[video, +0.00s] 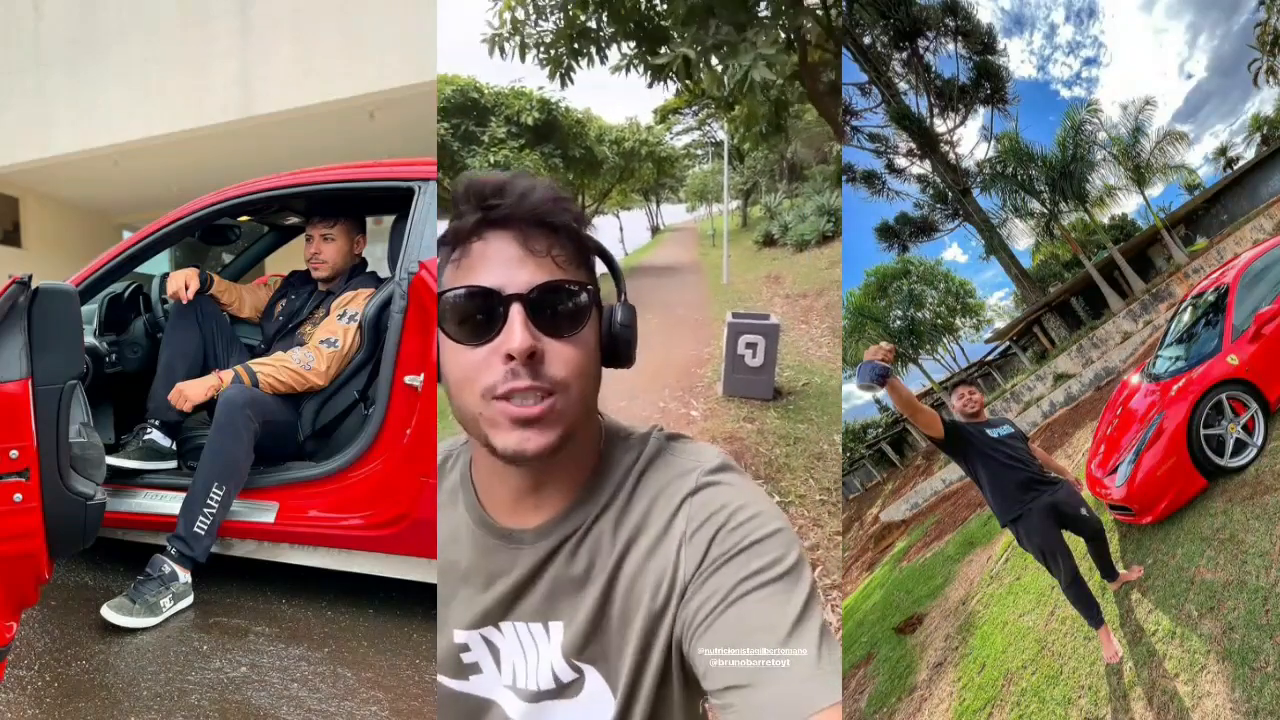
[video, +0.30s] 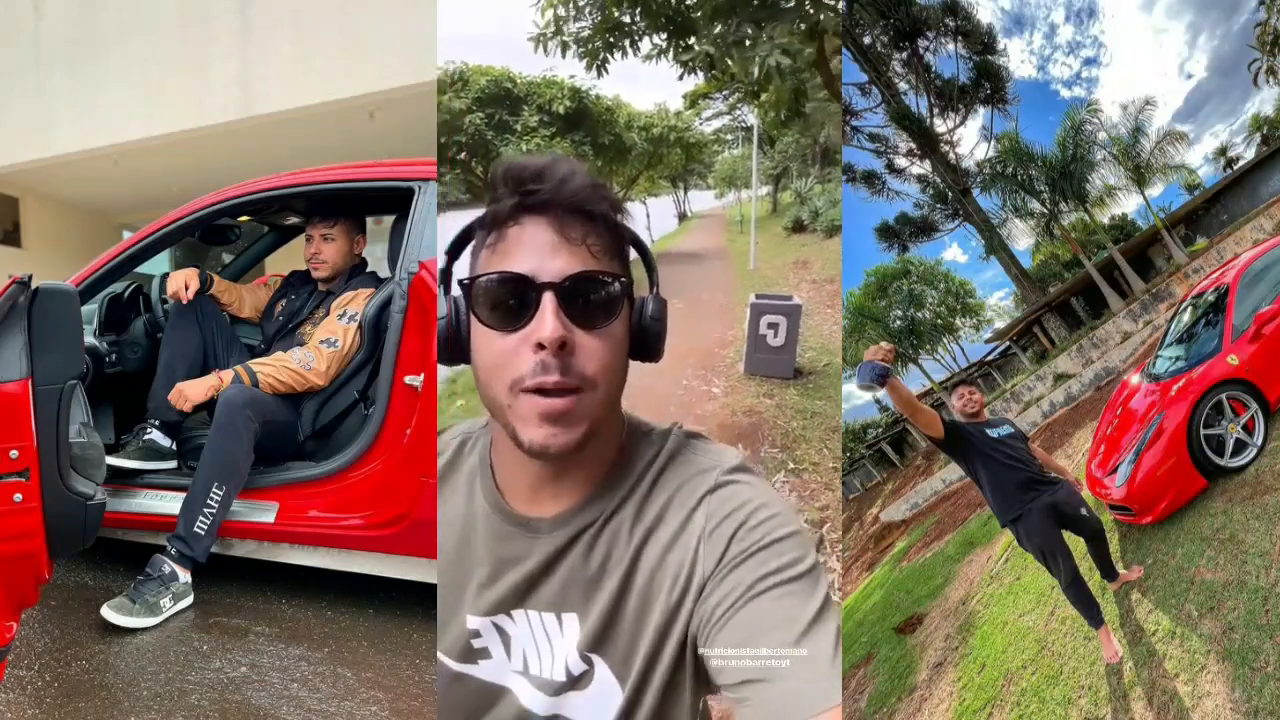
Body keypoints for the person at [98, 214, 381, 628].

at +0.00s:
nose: (314, 249)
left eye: (328, 239)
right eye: (310, 239)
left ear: (358, 245)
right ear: (305, 244)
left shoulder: (362, 296)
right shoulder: (291, 286)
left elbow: (315, 367)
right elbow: (244, 299)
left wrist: (220, 380)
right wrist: (201, 279)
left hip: (314, 412)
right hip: (262, 386)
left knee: (239, 402)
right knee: (196, 302)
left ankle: (177, 567)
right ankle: (161, 433)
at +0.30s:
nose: (315, 249)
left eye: (328, 239)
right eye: (310, 239)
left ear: (358, 245)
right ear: (305, 244)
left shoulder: (362, 296)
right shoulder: (291, 286)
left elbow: (315, 367)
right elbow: (244, 299)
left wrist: (220, 380)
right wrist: (201, 279)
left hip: (314, 411)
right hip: (262, 386)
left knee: (238, 402)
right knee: (196, 302)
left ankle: (177, 567)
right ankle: (161, 433)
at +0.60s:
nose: (314, 249)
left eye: (328, 239)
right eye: (310, 239)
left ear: (358, 245)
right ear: (305, 244)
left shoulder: (362, 297)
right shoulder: (291, 286)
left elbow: (315, 367)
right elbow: (242, 299)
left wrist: (220, 380)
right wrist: (201, 279)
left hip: (314, 412)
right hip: (261, 386)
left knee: (238, 402)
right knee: (195, 302)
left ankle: (176, 567)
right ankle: (160, 433)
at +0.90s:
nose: (314, 249)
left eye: (328, 239)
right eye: (310, 239)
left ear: (358, 245)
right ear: (305, 244)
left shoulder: (362, 297)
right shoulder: (291, 286)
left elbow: (315, 367)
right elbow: (242, 299)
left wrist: (220, 380)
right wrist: (201, 279)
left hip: (314, 412)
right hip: (261, 386)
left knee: (238, 402)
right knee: (195, 302)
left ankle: (176, 567)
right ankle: (160, 433)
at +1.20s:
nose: (314, 249)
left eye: (328, 239)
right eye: (310, 239)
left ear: (358, 245)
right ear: (305, 244)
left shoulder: (362, 297)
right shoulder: (291, 286)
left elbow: (315, 367)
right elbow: (242, 299)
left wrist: (220, 380)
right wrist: (201, 279)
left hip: (314, 412)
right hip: (261, 386)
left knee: (238, 402)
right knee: (195, 302)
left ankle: (176, 567)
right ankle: (160, 433)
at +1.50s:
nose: (314, 249)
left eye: (328, 239)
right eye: (310, 239)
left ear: (358, 245)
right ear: (305, 244)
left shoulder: (362, 297)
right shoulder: (291, 286)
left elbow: (315, 367)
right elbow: (242, 299)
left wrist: (220, 380)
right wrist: (201, 279)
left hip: (314, 412)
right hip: (260, 386)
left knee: (238, 402)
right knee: (195, 302)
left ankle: (176, 567)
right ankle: (160, 433)